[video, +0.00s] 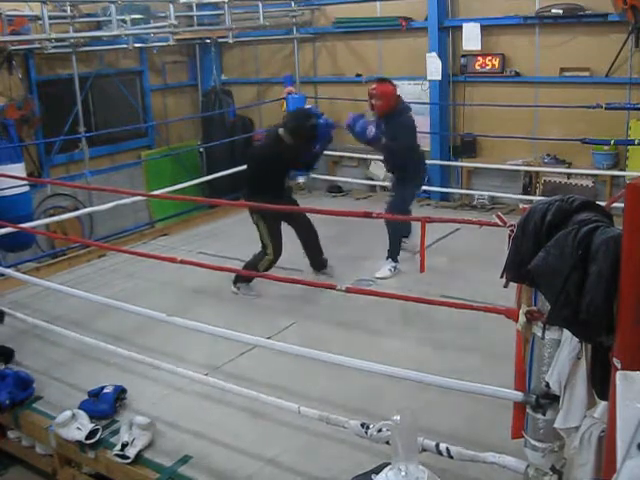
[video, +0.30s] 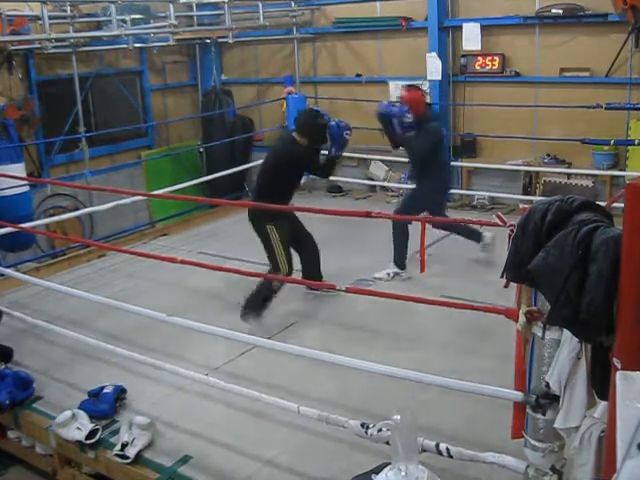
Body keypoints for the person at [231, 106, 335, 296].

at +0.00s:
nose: (305, 142)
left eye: (307, 139)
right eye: (303, 138)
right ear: (295, 133)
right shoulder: (271, 147)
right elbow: (305, 165)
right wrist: (322, 144)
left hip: (280, 196)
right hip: (260, 200)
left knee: (306, 229)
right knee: (272, 251)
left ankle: (320, 267)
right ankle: (241, 281)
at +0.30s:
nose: (324, 135)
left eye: (325, 131)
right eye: (322, 131)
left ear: (301, 128)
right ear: (311, 133)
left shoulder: (293, 142)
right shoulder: (296, 151)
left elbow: (319, 167)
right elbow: (323, 172)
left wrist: (333, 146)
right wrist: (337, 150)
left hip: (279, 210)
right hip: (264, 213)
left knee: (308, 248)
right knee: (283, 269)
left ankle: (314, 286)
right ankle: (251, 310)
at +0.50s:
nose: (319, 138)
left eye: (319, 133)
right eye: (317, 134)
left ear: (294, 132)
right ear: (308, 136)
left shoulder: (289, 149)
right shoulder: (293, 155)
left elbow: (319, 172)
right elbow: (324, 174)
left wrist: (330, 147)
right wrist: (333, 150)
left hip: (279, 220)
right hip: (269, 224)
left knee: (311, 248)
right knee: (284, 284)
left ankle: (313, 287)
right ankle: (242, 328)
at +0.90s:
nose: (356, 110)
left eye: (356, 106)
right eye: (353, 106)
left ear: (332, 108)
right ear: (343, 109)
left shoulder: (333, 132)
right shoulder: (324, 134)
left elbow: (345, 157)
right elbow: (346, 159)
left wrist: (358, 141)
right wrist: (365, 144)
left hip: (318, 196)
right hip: (301, 199)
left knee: (341, 236)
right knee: (310, 252)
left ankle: (330, 280)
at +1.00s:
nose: (366, 116)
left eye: (365, 112)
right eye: (363, 112)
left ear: (344, 116)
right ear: (352, 116)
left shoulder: (344, 137)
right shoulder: (333, 140)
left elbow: (346, 163)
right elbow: (350, 170)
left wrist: (362, 146)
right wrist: (373, 158)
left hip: (335, 201)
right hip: (316, 204)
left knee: (369, 230)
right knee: (309, 260)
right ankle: (277, 288)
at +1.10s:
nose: (386, 119)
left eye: (384, 116)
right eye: (382, 116)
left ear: (364, 120)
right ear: (372, 121)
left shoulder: (370, 139)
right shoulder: (349, 145)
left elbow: (377, 148)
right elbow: (357, 174)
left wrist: (396, 135)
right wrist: (382, 163)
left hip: (356, 203)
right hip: (337, 206)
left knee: (388, 228)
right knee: (320, 252)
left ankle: (413, 257)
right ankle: (280, 286)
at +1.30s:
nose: (433, 110)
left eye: (432, 108)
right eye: (429, 108)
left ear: (425, 111)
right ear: (416, 110)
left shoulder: (424, 122)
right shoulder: (396, 130)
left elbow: (443, 121)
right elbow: (386, 165)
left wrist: (461, 111)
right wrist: (416, 157)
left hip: (401, 183)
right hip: (382, 184)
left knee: (423, 222)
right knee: (379, 234)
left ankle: (421, 262)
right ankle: (347, 255)